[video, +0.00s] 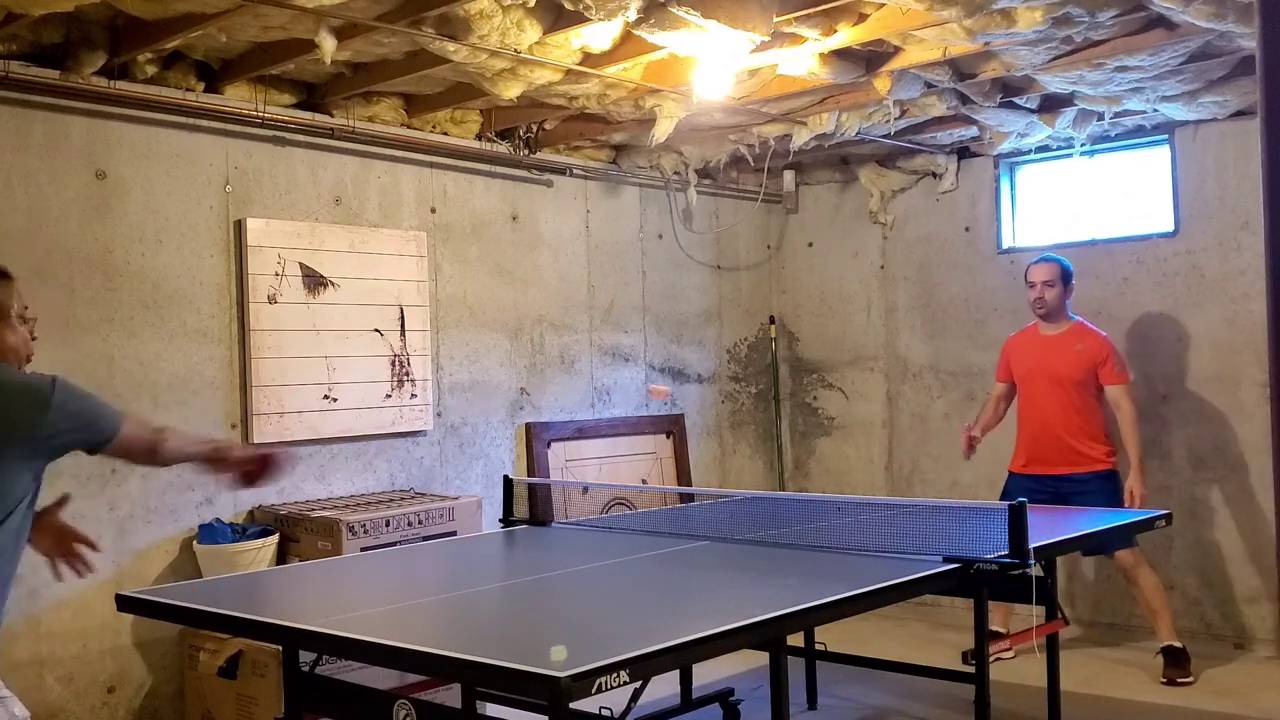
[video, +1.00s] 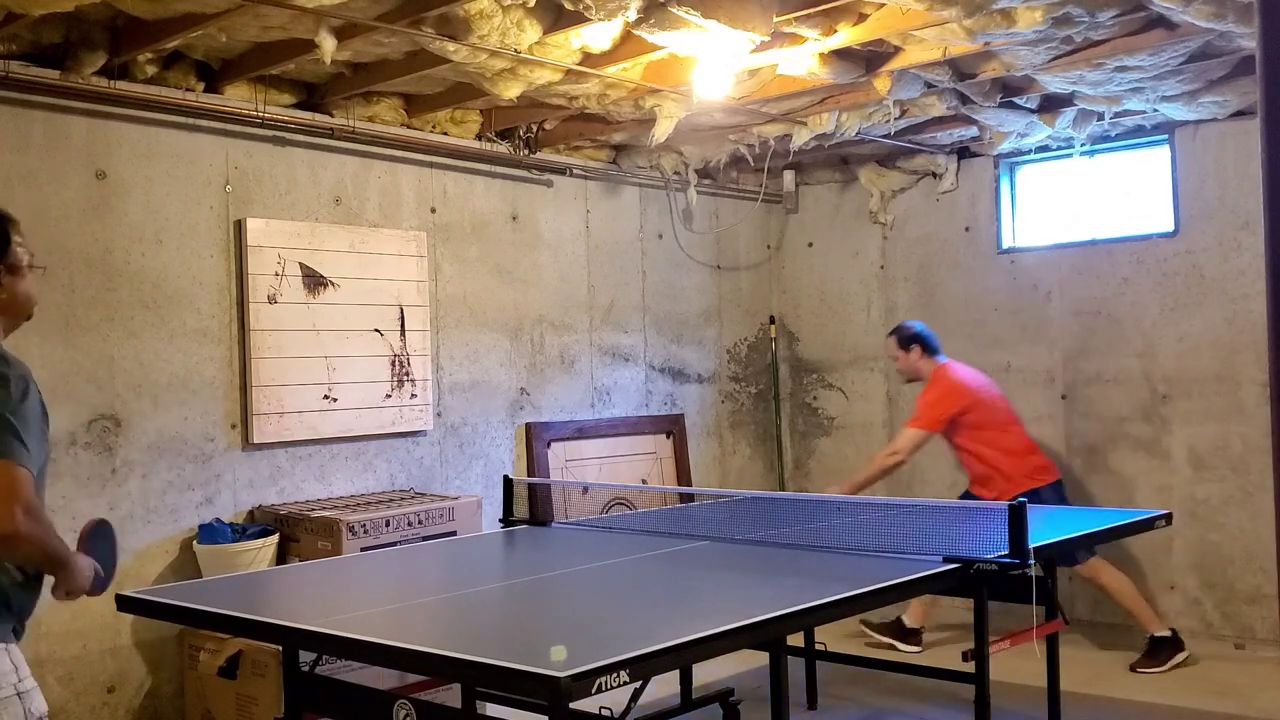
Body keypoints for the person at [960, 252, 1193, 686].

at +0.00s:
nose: (1037, 293)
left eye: (1047, 285)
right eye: (1031, 286)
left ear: (1067, 289)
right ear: (1026, 291)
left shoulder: (1096, 343)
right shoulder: (1016, 344)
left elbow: (1124, 407)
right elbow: (999, 398)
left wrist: (1135, 472)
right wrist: (978, 428)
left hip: (1090, 478)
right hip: (1028, 477)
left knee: (1127, 557)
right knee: (997, 551)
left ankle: (1171, 646)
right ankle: (998, 636)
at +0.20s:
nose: (1000, 304)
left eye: (1008, 295)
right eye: (996, 297)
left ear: (1034, 295)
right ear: (994, 300)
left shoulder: (1073, 343)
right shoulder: (998, 349)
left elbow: (1109, 406)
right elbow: (993, 404)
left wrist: (1130, 468)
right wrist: (961, 439)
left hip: (1079, 478)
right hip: (1018, 478)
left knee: (1116, 554)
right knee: (991, 552)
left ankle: (1167, 642)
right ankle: (997, 637)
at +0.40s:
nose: (988, 311)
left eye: (990, 301)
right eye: (985, 303)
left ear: (1014, 295)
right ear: (1011, 297)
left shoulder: (1070, 330)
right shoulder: (1011, 342)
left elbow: (1111, 387)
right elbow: (1020, 401)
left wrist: (1132, 447)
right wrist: (975, 434)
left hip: (1081, 467)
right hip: (1030, 471)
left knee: (1103, 554)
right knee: (1003, 552)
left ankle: (1163, 630)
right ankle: (997, 637)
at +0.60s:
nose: (1001, 325)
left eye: (1000, 317)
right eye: (999, 318)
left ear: (1015, 312)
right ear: (1024, 309)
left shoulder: (1074, 349)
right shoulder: (1036, 350)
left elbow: (1097, 412)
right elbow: (1039, 415)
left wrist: (1104, 469)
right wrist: (1001, 448)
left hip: (1080, 482)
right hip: (1037, 479)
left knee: (1107, 565)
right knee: (1000, 548)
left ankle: (1169, 640)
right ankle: (996, 631)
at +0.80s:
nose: (969, 337)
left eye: (968, 327)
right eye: (966, 328)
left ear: (983, 321)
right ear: (993, 318)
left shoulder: (1036, 354)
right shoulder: (1015, 354)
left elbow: (1028, 429)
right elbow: (1028, 428)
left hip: (1069, 482)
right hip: (1026, 478)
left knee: (1102, 564)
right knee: (975, 536)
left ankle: (1168, 640)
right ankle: (954, 621)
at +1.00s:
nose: (895, 365)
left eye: (897, 356)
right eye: (894, 357)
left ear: (916, 351)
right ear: (922, 349)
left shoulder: (946, 384)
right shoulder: (955, 375)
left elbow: (896, 454)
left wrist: (846, 488)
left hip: (1029, 489)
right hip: (991, 489)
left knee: (1087, 565)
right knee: (936, 544)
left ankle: (1163, 638)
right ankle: (910, 627)